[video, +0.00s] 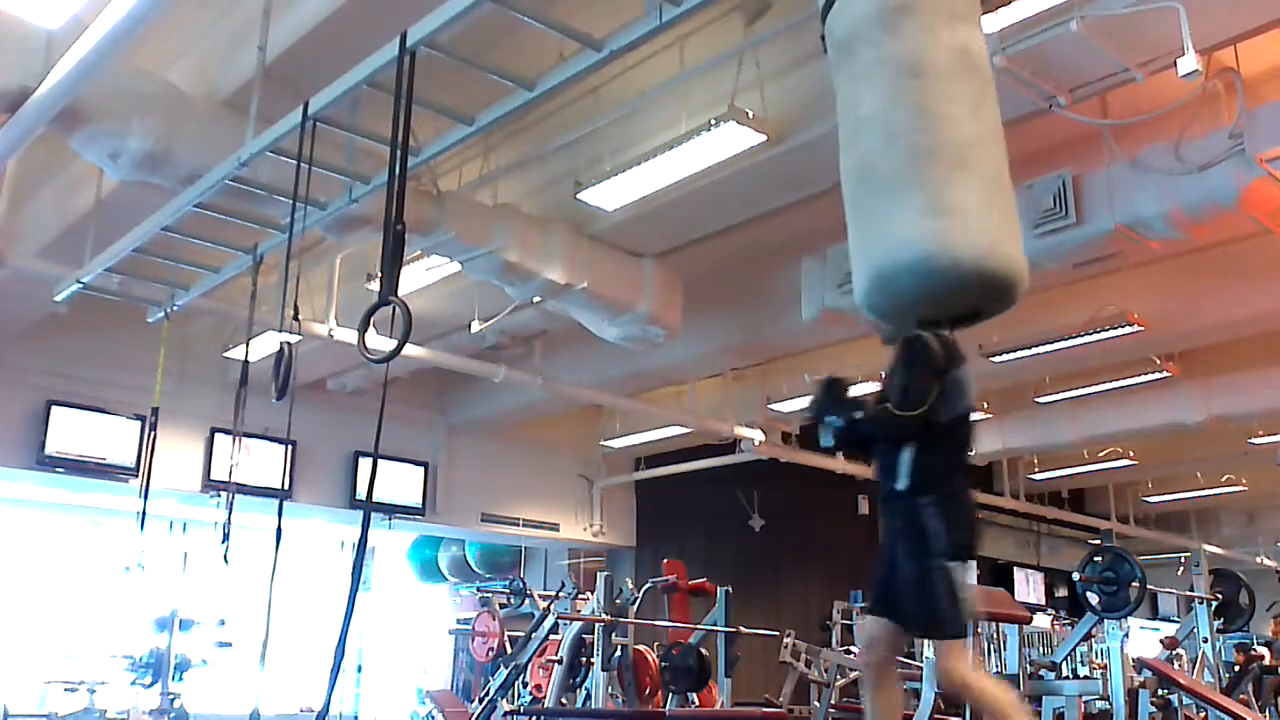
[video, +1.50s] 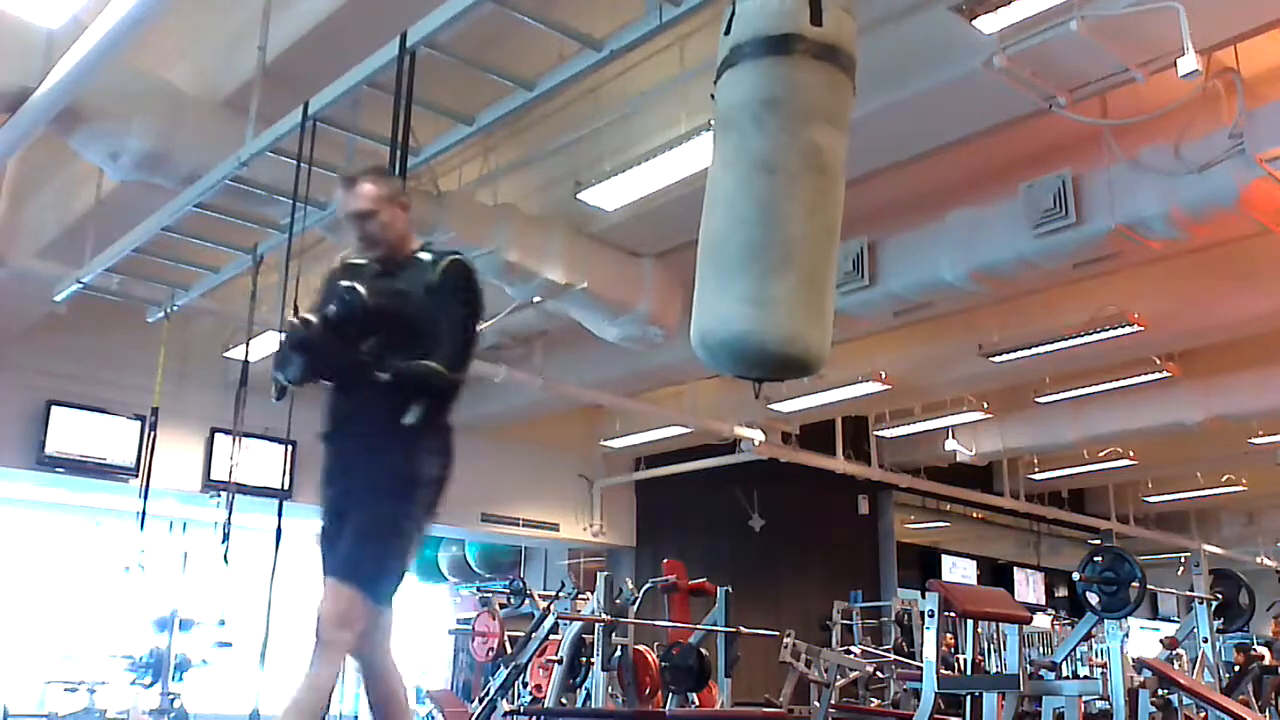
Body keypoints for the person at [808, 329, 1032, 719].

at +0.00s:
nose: (867, 313)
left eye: (873, 299)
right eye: (863, 300)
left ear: (901, 299)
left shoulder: (922, 346)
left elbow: (905, 420)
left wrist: (846, 422)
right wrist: (846, 418)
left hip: (937, 531)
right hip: (906, 533)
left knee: (955, 671)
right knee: (875, 657)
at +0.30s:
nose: (767, 320)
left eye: (773, 308)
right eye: (762, 311)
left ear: (805, 300)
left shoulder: (845, 345)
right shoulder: (784, 361)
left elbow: (862, 433)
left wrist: (776, 438)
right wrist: (708, 404)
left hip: (834, 510)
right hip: (803, 510)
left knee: (768, 635)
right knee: (835, 654)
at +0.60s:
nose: (659, 320)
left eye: (666, 308)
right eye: (655, 310)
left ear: (698, 299)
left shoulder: (740, 346)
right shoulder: (675, 362)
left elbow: (743, 437)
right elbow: (653, 438)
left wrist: (658, 448)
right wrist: (603, 423)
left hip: (719, 510)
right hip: (685, 510)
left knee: (663, 643)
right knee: (687, 657)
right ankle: (763, 715)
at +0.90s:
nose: (561, 297)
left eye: (564, 283)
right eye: (554, 289)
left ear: (594, 270)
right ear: (557, 291)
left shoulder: (638, 314)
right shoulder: (581, 347)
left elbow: (629, 401)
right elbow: (565, 430)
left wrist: (545, 424)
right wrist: (494, 400)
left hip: (625, 497)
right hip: (575, 499)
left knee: (633, 653)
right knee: (523, 637)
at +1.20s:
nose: (443, 278)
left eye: (448, 264)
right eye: (437, 269)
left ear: (482, 253)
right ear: (445, 267)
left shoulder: (527, 299)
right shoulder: (454, 328)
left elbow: (517, 391)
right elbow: (441, 409)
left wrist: (433, 417)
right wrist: (390, 406)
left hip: (504, 485)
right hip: (450, 482)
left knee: (469, 637)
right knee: (416, 634)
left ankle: (546, 713)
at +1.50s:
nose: (361, 229)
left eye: (371, 215)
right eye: (352, 219)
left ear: (403, 210)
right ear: (346, 223)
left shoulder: (448, 274)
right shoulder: (345, 279)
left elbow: (445, 375)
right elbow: (317, 358)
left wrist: (364, 365)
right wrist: (309, 344)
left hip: (407, 458)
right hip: (348, 456)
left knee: (335, 624)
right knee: (371, 641)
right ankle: (404, 717)